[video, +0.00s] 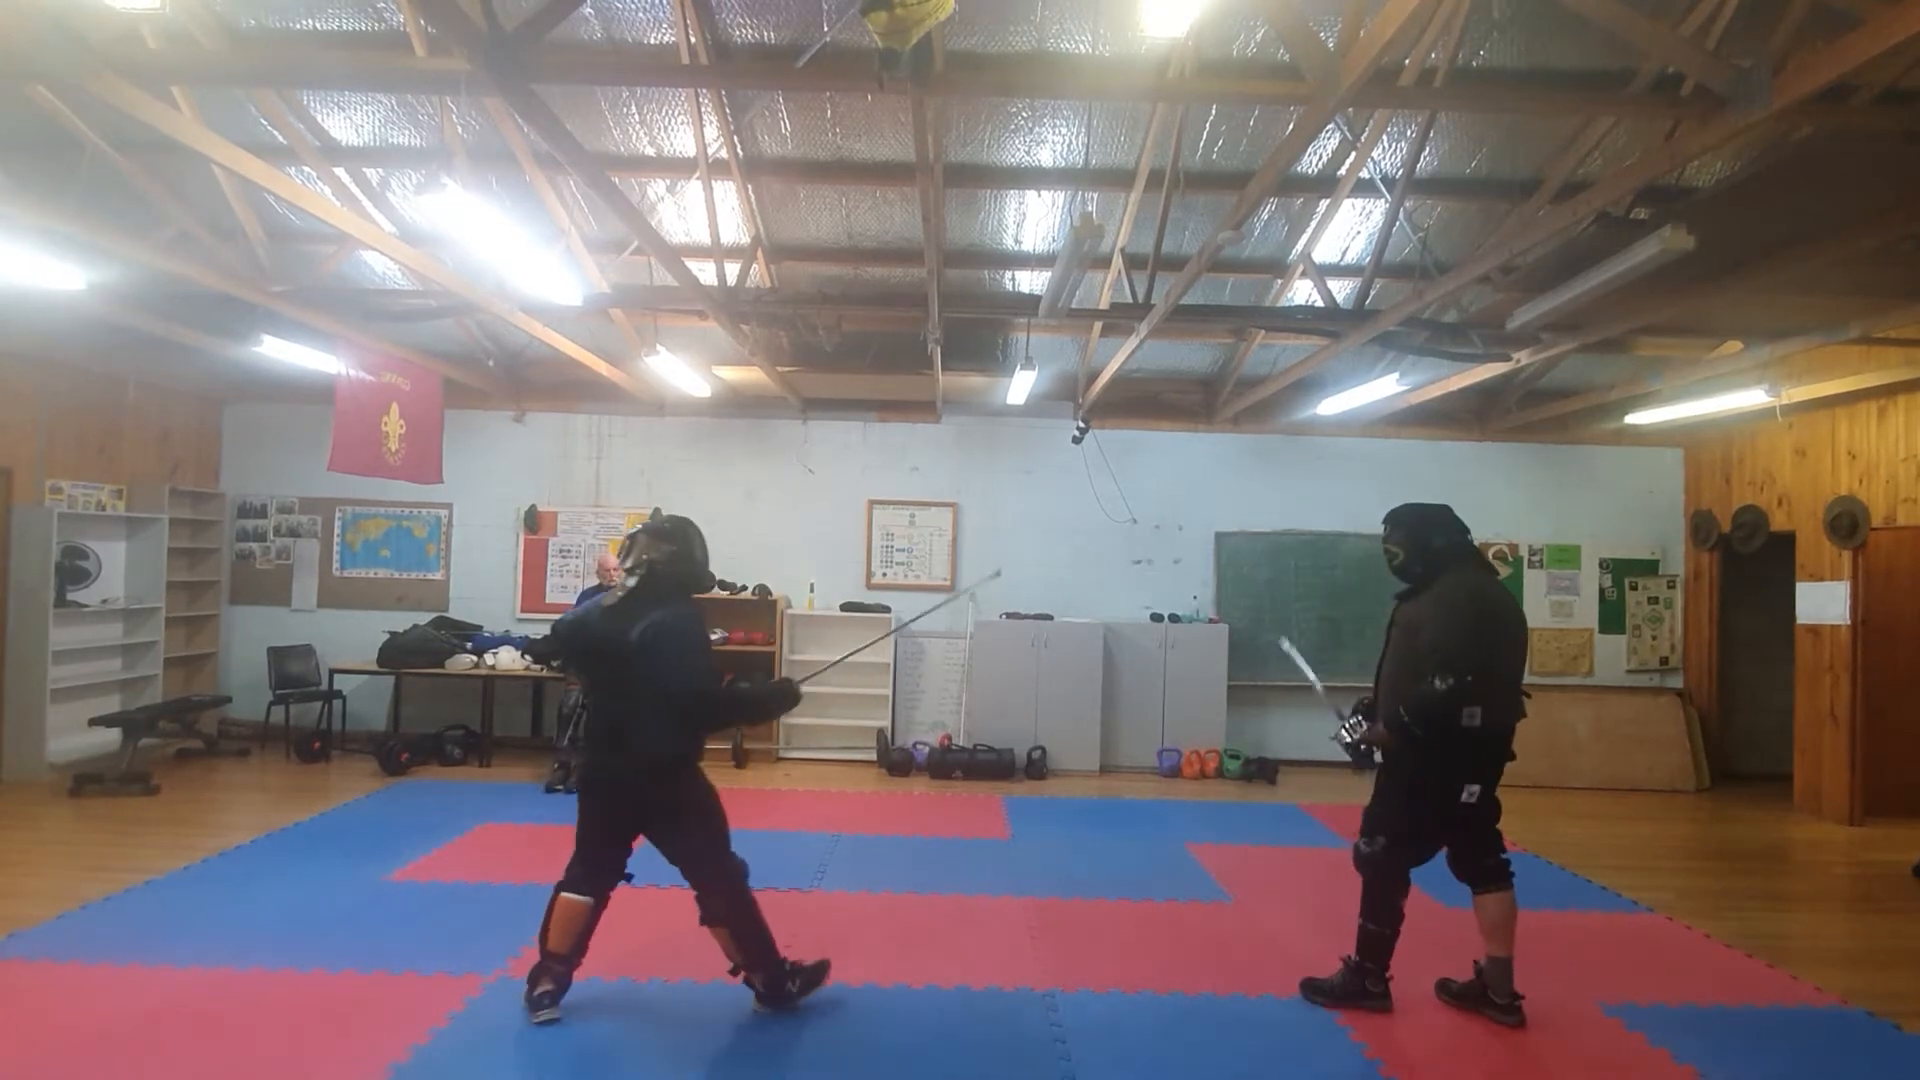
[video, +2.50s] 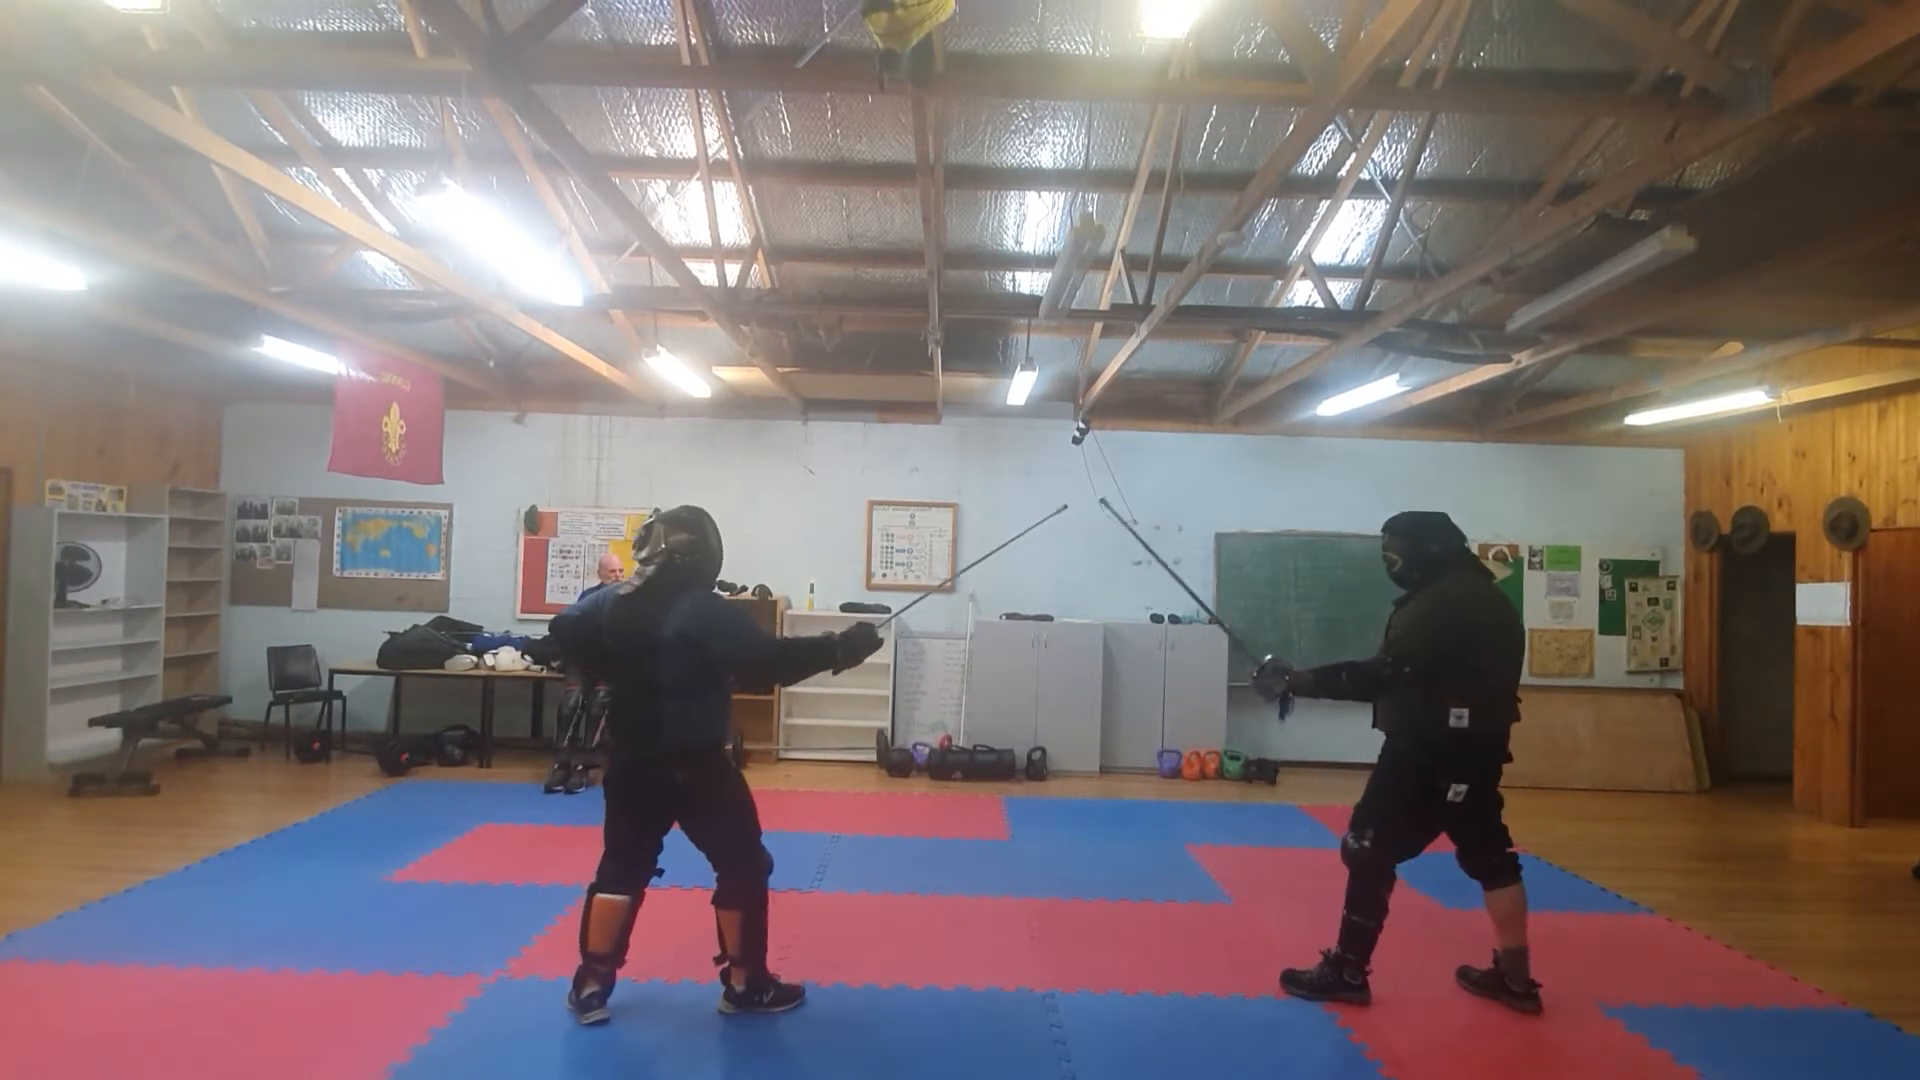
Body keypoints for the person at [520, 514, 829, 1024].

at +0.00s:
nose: (701, 572)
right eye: (698, 562)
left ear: (637, 560)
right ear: (687, 564)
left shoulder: (598, 615)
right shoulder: (677, 620)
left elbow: (549, 645)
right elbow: (696, 703)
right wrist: (774, 695)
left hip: (605, 780)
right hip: (668, 782)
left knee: (588, 874)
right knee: (718, 877)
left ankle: (546, 983)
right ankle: (770, 978)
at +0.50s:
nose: (668, 559)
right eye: (666, 550)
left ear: (607, 549)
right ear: (657, 552)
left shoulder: (579, 603)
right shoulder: (650, 611)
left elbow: (534, 624)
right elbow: (687, 677)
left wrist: (584, 668)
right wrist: (724, 725)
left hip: (580, 768)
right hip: (644, 769)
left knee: (580, 865)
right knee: (691, 865)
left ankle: (546, 981)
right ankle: (700, 983)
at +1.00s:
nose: (676, 563)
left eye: (674, 554)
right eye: (673, 554)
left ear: (613, 547)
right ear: (663, 554)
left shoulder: (580, 601)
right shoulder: (655, 615)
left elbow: (532, 601)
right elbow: (674, 700)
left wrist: (581, 581)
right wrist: (728, 672)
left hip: (581, 766)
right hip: (646, 768)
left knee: (578, 864)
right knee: (689, 865)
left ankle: (545, 983)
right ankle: (700, 983)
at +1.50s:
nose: (668, 563)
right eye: (665, 554)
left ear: (603, 549)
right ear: (657, 555)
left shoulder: (569, 608)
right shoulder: (655, 613)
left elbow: (518, 624)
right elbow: (715, 660)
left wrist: (567, 596)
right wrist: (794, 642)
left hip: (583, 771)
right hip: (649, 770)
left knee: (578, 865)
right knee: (705, 858)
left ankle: (545, 982)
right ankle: (704, 980)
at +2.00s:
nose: (734, 568)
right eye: (732, 559)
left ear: (668, 555)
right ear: (727, 560)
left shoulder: (630, 611)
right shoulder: (731, 618)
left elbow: (579, 630)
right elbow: (800, 654)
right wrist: (864, 637)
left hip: (646, 770)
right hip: (716, 771)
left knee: (613, 863)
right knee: (753, 864)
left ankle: (565, 977)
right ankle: (746, 983)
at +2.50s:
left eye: (650, 548)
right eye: (711, 555)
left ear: (650, 551)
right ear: (708, 556)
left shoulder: (615, 608)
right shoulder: (712, 613)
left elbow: (558, 636)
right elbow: (770, 660)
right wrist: (842, 647)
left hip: (632, 771)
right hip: (702, 771)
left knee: (622, 866)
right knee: (743, 864)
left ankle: (591, 986)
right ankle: (745, 984)